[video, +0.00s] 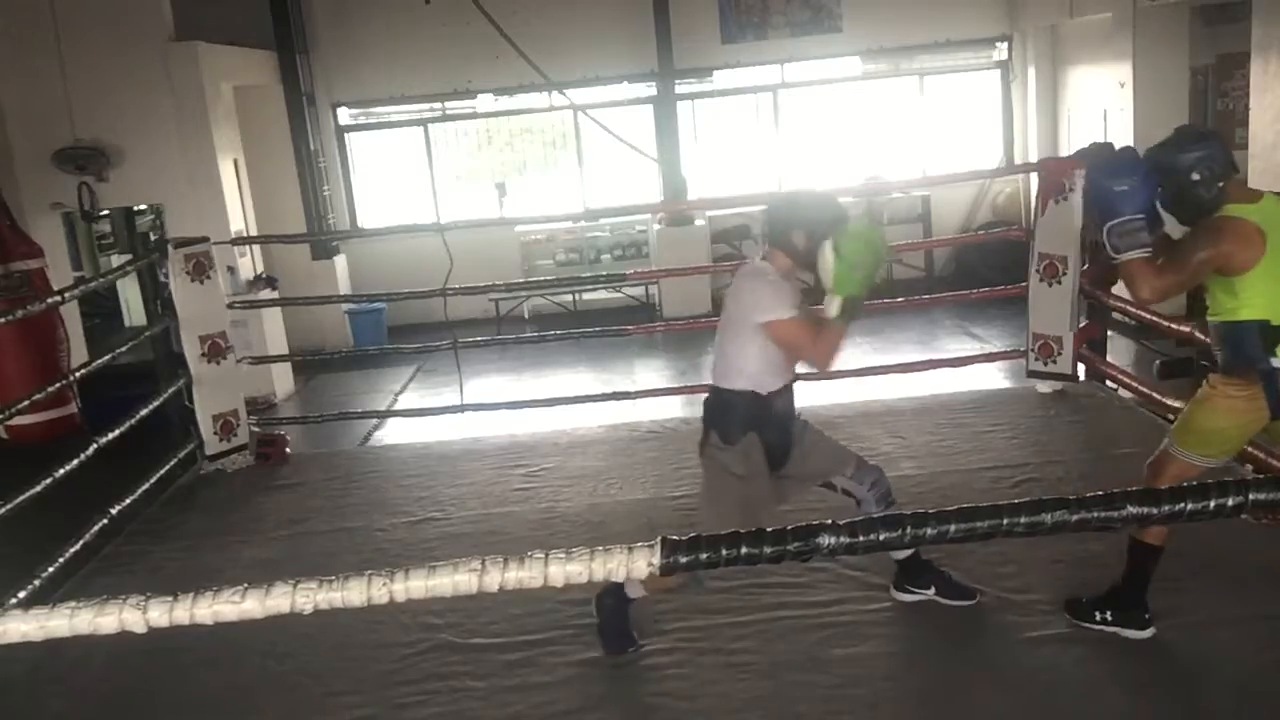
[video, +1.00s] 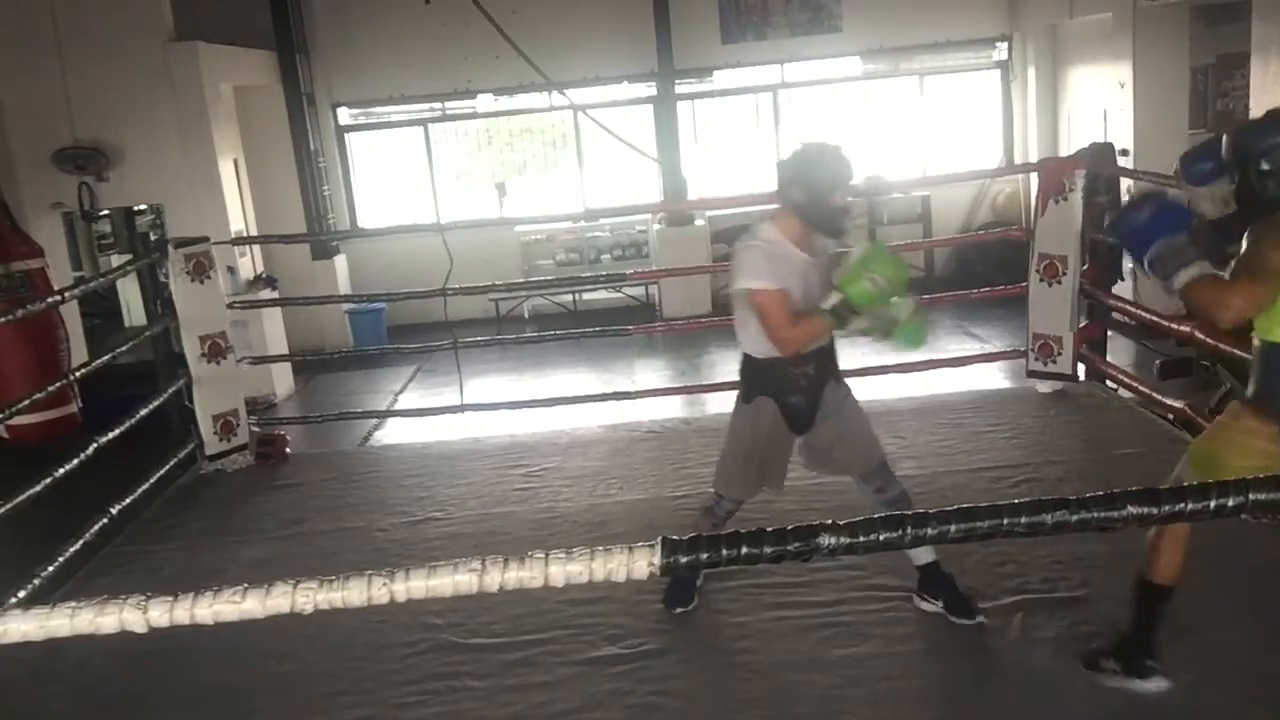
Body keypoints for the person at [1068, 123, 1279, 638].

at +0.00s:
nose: (1169, 200)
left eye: (1171, 188)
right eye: (1166, 188)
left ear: (1195, 182)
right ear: (1223, 171)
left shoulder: (1226, 231)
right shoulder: (1267, 207)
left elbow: (1147, 288)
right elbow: (1180, 268)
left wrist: (1123, 213)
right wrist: (1145, 218)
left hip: (1245, 381)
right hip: (1268, 372)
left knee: (1163, 476)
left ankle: (1129, 601)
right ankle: (1130, 599)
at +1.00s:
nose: (1237, 180)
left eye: (1241, 167)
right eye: (1240, 164)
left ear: (1263, 171)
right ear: (1270, 169)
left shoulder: (1272, 233)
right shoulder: (1267, 227)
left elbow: (1226, 309)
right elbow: (1244, 297)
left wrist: (1168, 249)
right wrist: (1219, 224)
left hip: (1265, 415)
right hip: (1265, 410)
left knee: (1175, 504)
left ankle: (1138, 650)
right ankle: (1140, 648)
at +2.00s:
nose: (1207, 220)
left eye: (1214, 208)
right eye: (1212, 206)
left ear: (1233, 214)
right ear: (1269, 213)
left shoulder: (1202, 298)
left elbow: (1136, 401)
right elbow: (1139, 400)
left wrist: (1201, 406)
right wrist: (1198, 406)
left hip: (1249, 512)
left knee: (1196, 613)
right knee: (1196, 615)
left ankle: (1147, 711)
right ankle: (1149, 708)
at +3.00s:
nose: (1005, 261)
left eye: (1009, 246)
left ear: (1026, 249)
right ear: (1105, 227)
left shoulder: (1006, 344)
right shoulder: (1199, 295)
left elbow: (936, 412)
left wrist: (935, 309)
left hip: (1071, 601)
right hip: (1200, 602)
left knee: (1064, 709)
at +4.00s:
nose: (967, 297)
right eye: (963, 282)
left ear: (857, 281)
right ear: (952, 289)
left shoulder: (780, 376)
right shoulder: (973, 413)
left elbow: (679, 467)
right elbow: (1009, 547)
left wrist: (755, 520)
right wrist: (1017, 475)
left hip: (777, 646)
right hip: (875, 671)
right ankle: (980, 650)